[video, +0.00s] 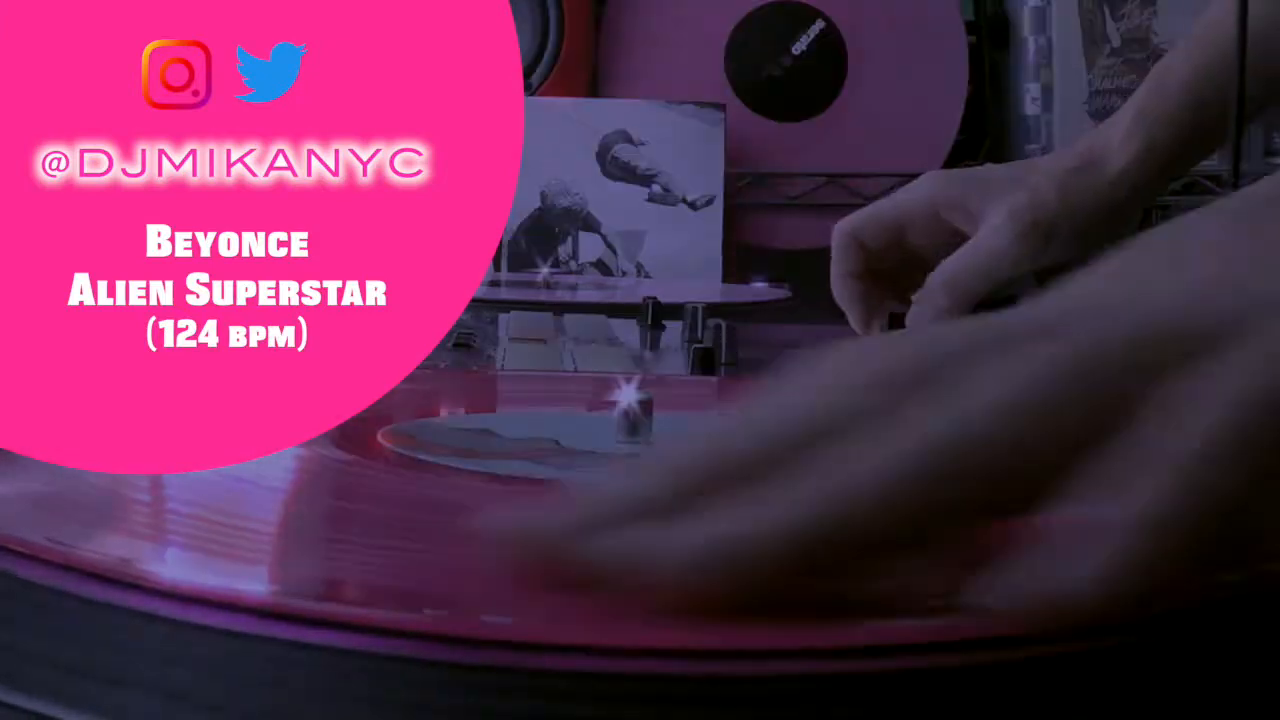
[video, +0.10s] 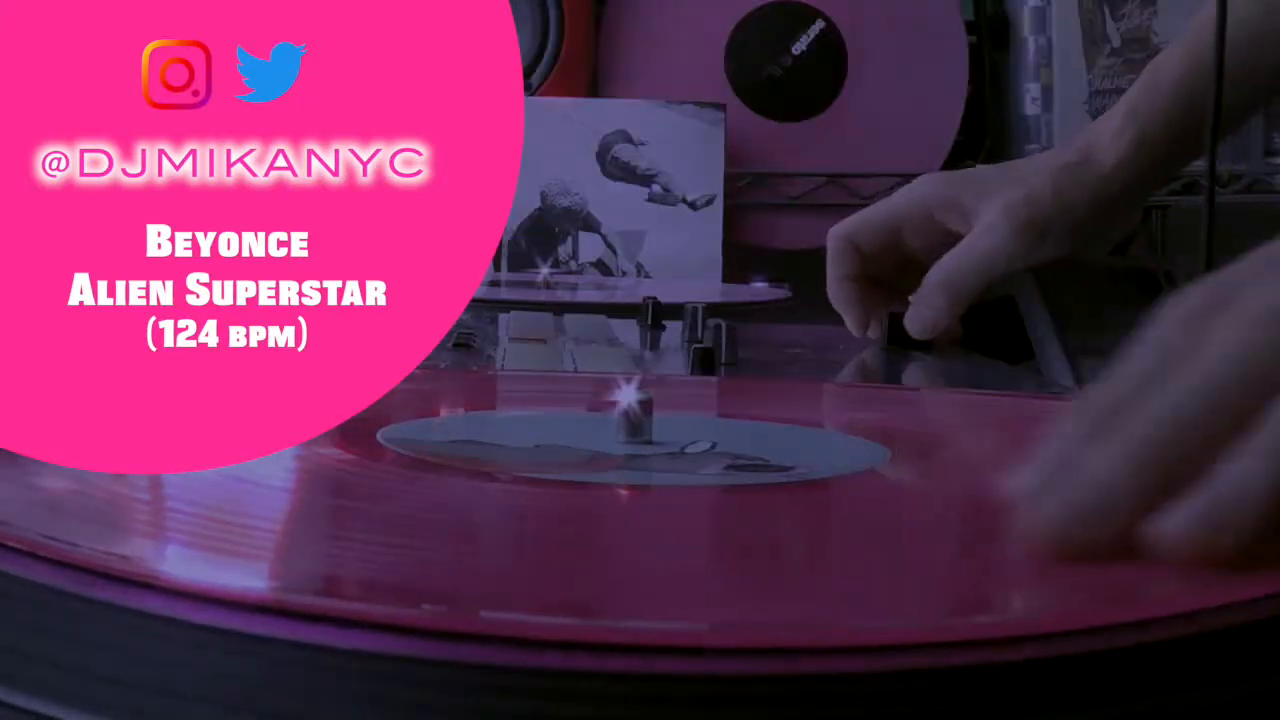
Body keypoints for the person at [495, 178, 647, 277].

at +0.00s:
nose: (573, 223)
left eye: (575, 217)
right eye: (566, 218)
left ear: (577, 210)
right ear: (551, 213)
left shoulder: (576, 214)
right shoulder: (535, 223)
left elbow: (604, 233)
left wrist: (622, 260)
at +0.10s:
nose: (574, 224)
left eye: (575, 218)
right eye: (567, 219)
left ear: (576, 211)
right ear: (552, 214)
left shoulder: (575, 213)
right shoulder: (532, 227)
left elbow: (604, 233)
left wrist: (622, 260)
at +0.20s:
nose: (573, 225)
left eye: (575, 218)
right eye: (567, 220)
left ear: (576, 211)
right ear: (552, 214)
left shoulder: (575, 213)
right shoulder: (533, 225)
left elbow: (604, 232)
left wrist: (622, 259)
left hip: (546, 265)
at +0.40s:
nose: (570, 223)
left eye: (572, 217)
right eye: (563, 217)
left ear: (574, 211)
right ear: (550, 212)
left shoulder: (575, 214)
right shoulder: (534, 224)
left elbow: (603, 232)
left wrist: (622, 258)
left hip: (546, 261)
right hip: (517, 263)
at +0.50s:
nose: (569, 223)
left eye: (572, 217)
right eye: (562, 217)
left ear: (575, 211)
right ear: (550, 212)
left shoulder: (576, 214)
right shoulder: (532, 226)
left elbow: (604, 232)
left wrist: (622, 259)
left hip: (547, 264)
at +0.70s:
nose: (573, 223)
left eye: (574, 217)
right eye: (566, 218)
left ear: (575, 210)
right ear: (551, 214)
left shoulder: (575, 213)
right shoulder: (532, 228)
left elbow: (604, 231)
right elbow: (543, 272)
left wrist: (622, 258)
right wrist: (576, 269)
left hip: (546, 266)